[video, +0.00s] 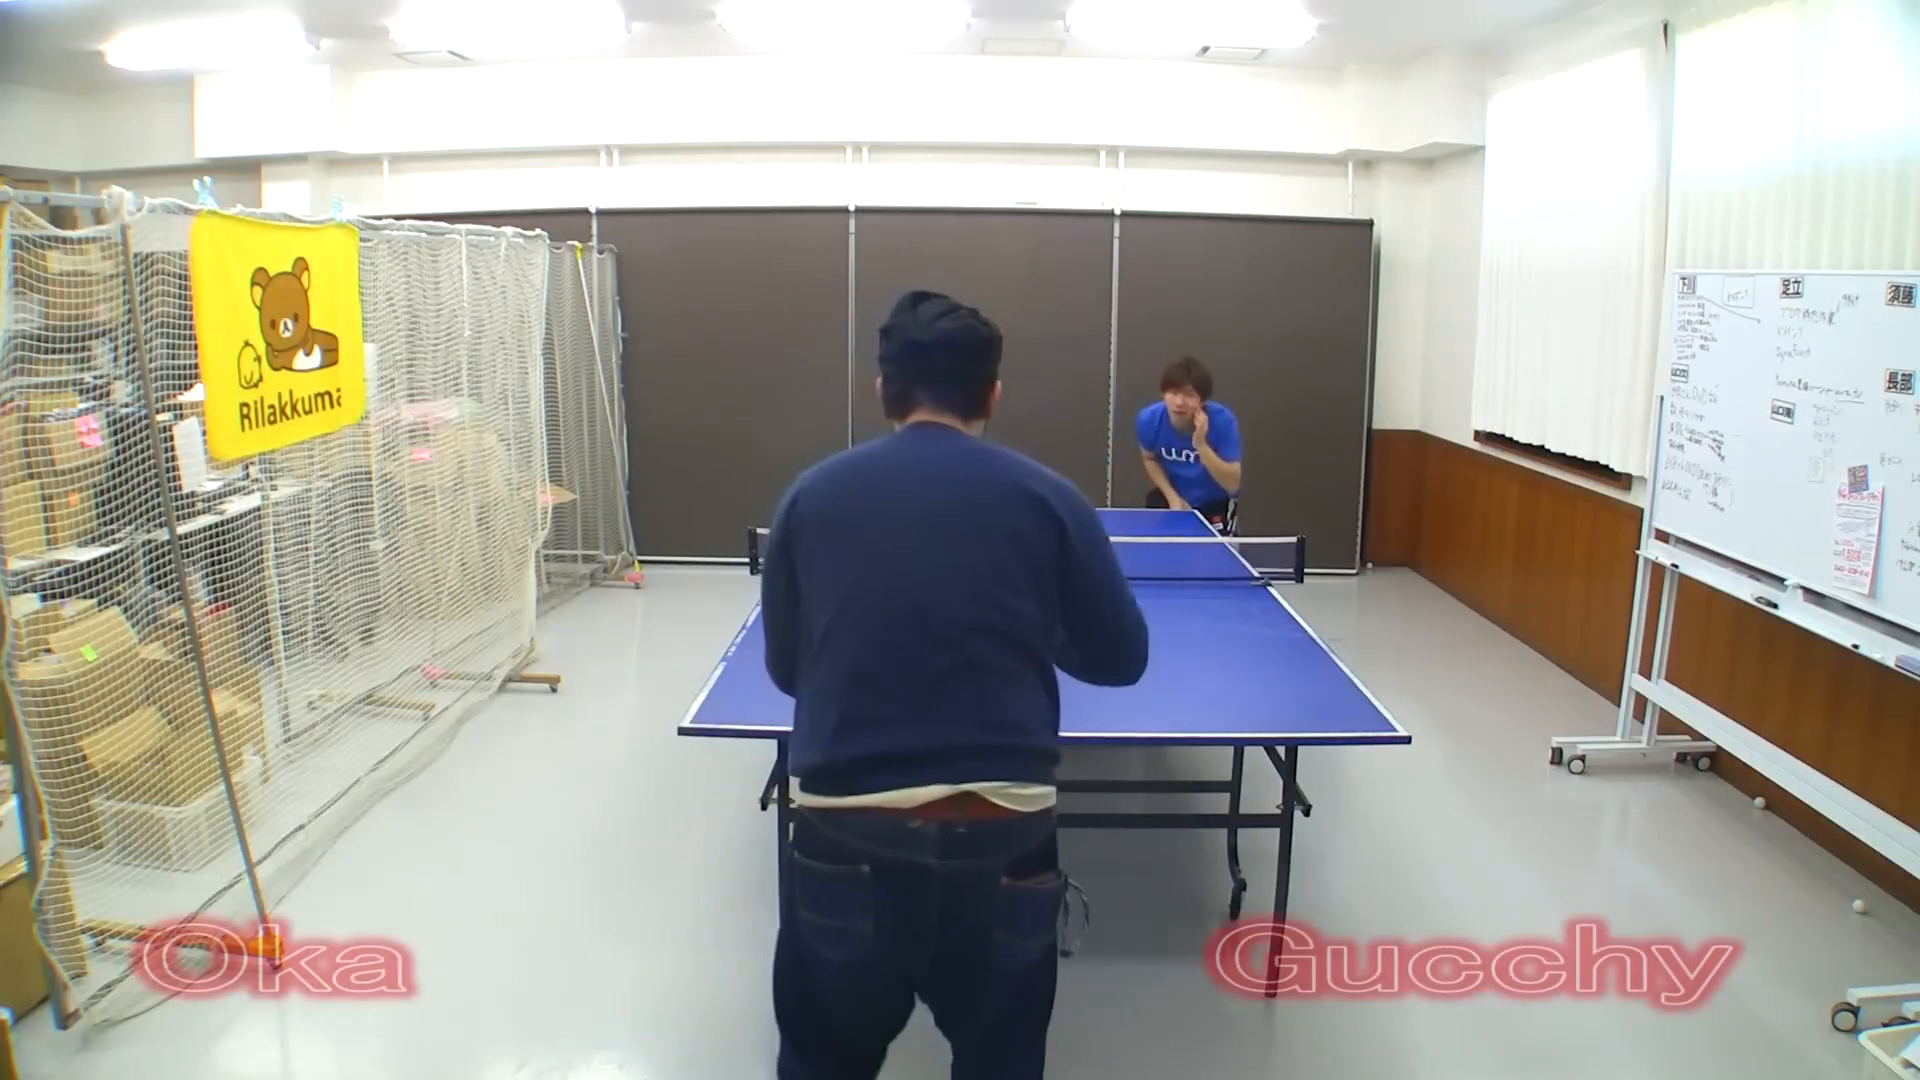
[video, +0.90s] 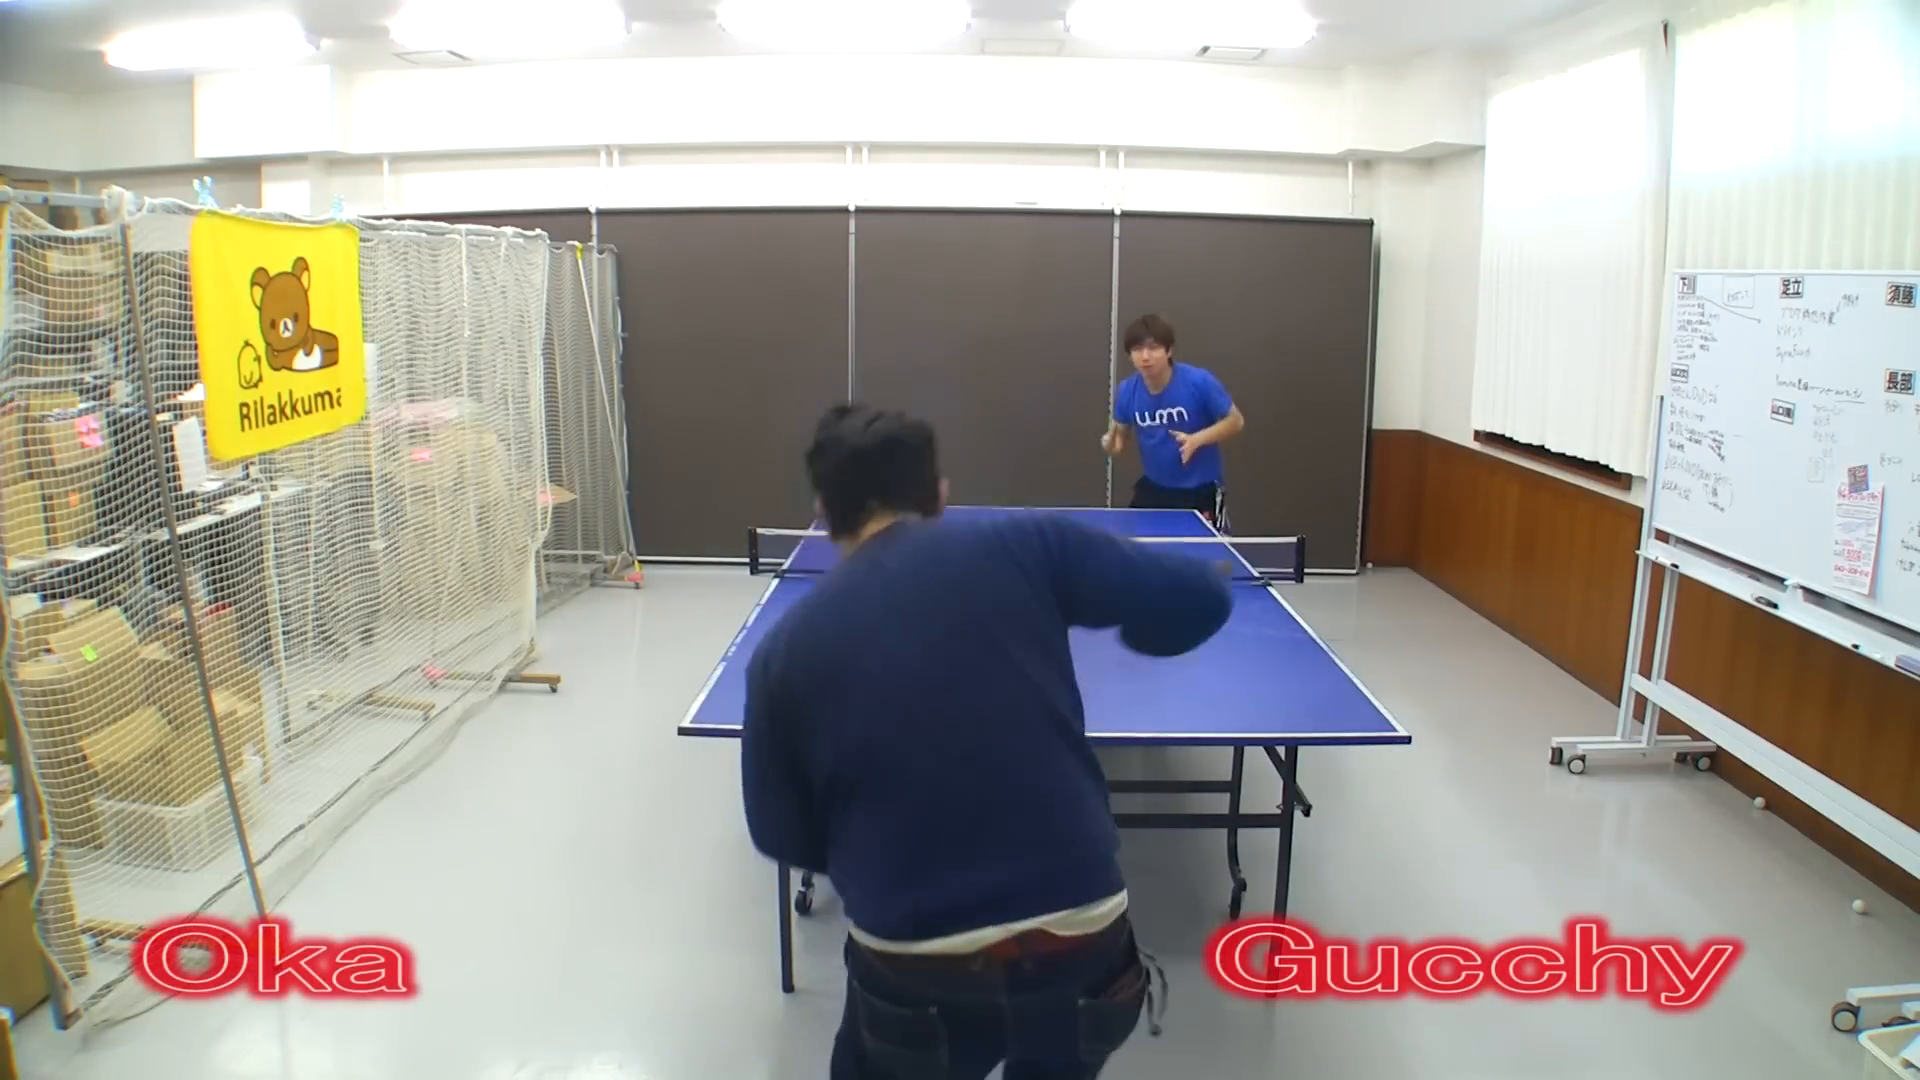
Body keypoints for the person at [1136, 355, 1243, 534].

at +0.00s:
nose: (1179, 402)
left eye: (1189, 395)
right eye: (1174, 392)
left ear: (1203, 399)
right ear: (1163, 394)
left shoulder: (1223, 421)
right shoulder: (1149, 420)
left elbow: (1232, 485)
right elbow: (1149, 458)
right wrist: (1173, 498)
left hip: (1213, 503)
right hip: (1166, 499)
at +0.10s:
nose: (1179, 404)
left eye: (1189, 397)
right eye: (1173, 395)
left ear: (1201, 402)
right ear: (1163, 397)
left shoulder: (1224, 427)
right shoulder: (1148, 422)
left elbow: (1246, 479)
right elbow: (1148, 460)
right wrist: (1171, 498)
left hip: (1213, 504)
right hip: (1166, 497)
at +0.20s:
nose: (1174, 405)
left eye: (1184, 397)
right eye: (1168, 396)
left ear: (1197, 402)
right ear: (1159, 398)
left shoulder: (1223, 428)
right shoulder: (1146, 423)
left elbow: (1243, 472)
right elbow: (1145, 461)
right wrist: (1168, 498)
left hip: (1212, 506)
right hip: (1164, 501)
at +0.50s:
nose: (1155, 390)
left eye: (1164, 382)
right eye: (1148, 382)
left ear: (1178, 385)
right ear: (1139, 386)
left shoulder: (1207, 417)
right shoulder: (1129, 415)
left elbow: (1224, 458)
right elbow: (1129, 455)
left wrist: (1192, 493)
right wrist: (1152, 488)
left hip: (1199, 496)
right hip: (1150, 495)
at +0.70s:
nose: (1152, 381)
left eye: (1161, 372)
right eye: (1145, 373)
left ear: (1175, 376)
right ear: (1136, 379)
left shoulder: (1202, 409)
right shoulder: (1127, 410)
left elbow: (1226, 451)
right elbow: (1117, 451)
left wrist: (1189, 475)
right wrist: (1141, 474)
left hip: (1195, 502)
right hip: (1147, 501)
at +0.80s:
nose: (1153, 369)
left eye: (1161, 360)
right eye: (1145, 361)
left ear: (1175, 364)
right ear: (1137, 367)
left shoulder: (1204, 396)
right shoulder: (1130, 401)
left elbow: (1233, 438)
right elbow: (1118, 439)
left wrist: (1195, 455)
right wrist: (1128, 455)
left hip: (1198, 502)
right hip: (1150, 501)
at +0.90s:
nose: (1145, 357)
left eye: (1153, 348)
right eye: (1138, 350)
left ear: (1168, 351)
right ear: (1130, 356)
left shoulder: (1198, 382)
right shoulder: (1127, 391)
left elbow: (1235, 421)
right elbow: (1119, 435)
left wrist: (1197, 440)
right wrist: (1112, 444)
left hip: (1199, 493)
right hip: (1153, 491)